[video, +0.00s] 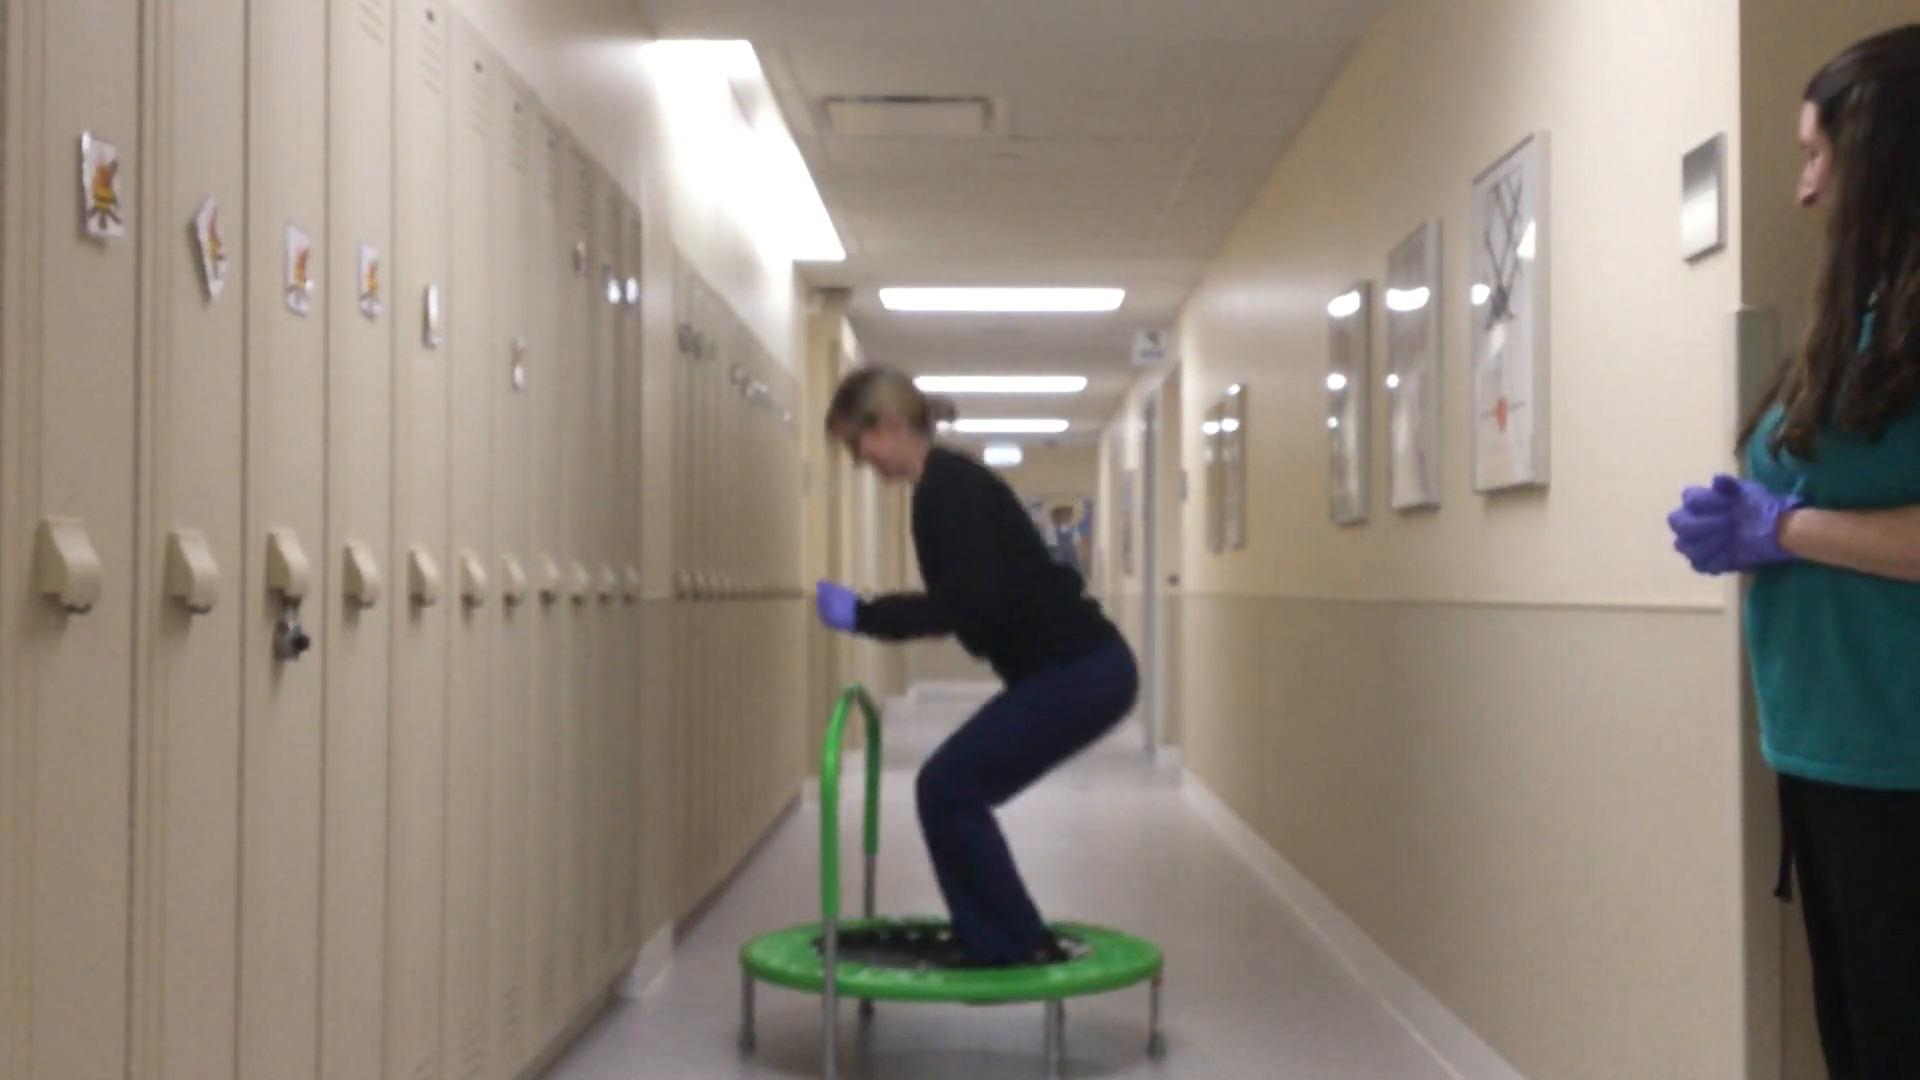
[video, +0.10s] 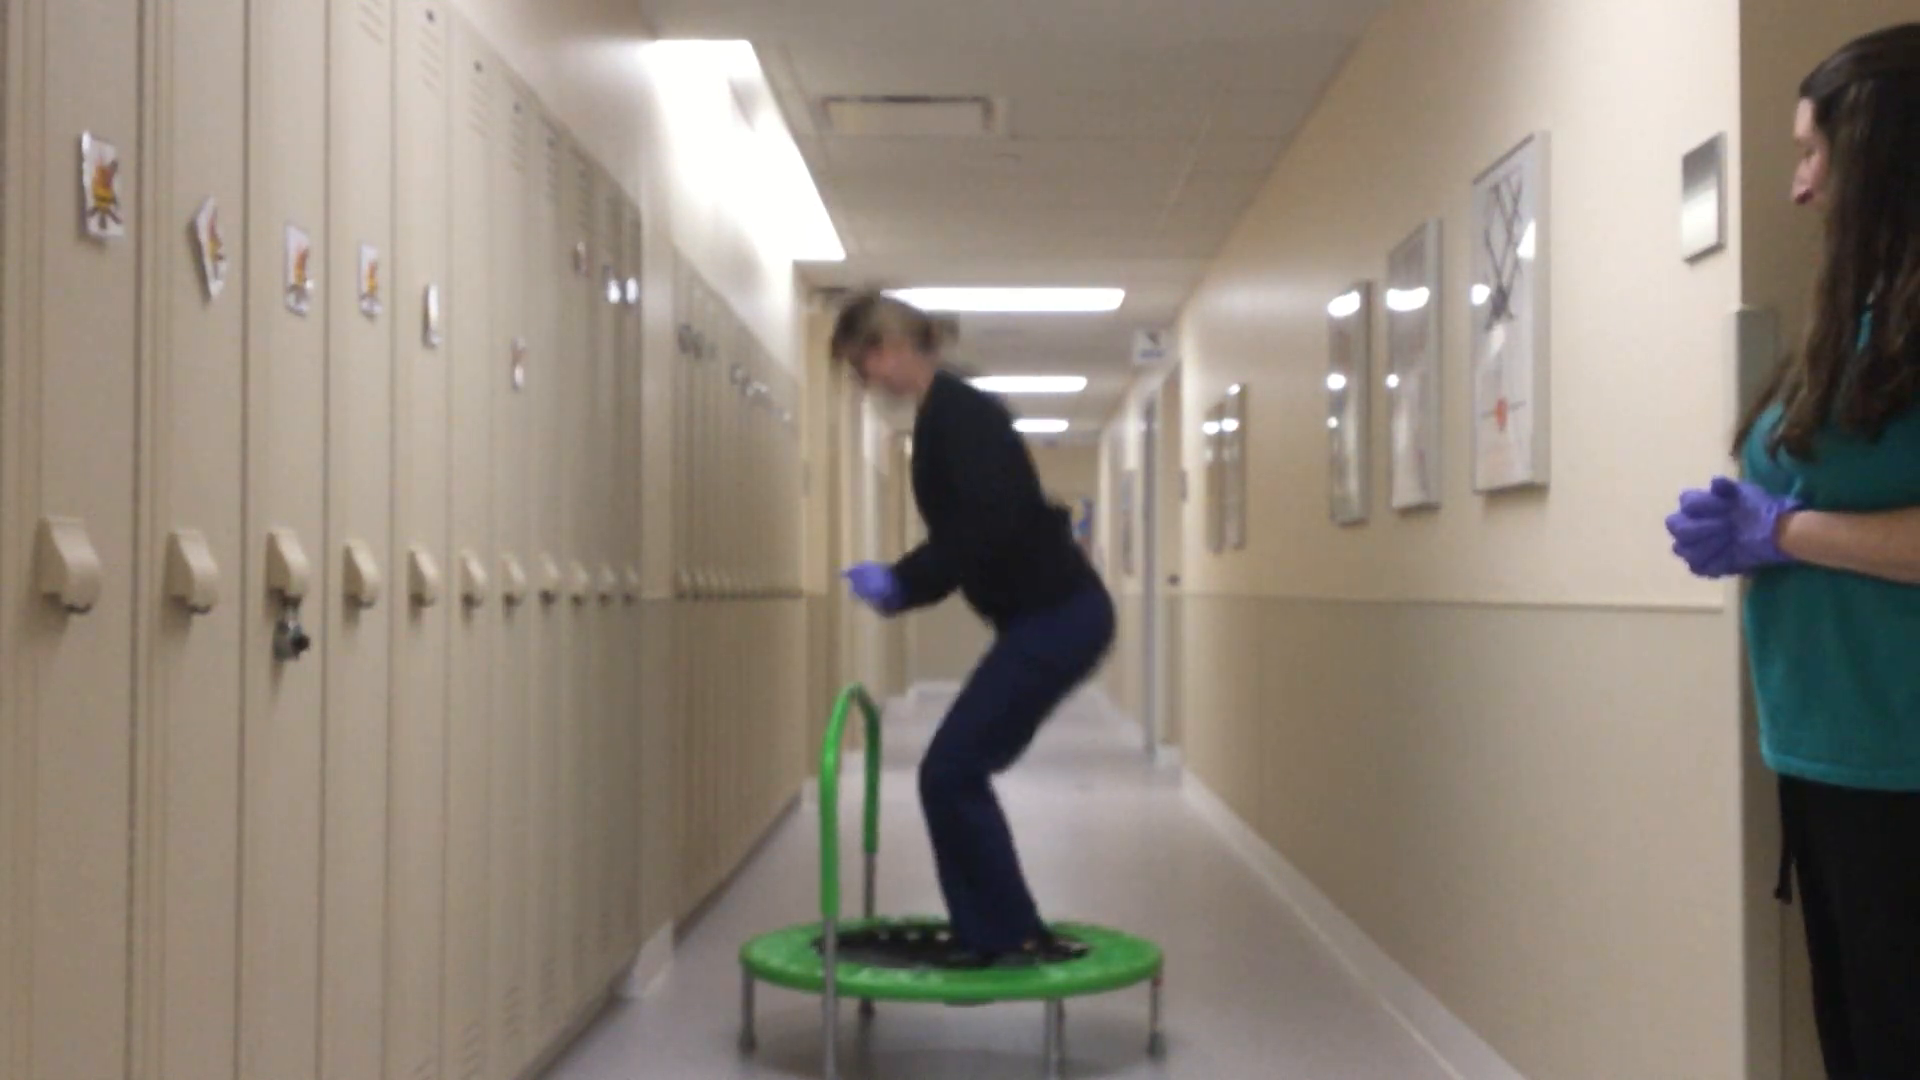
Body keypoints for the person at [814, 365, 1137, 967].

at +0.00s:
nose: (863, 457)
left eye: (863, 440)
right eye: (855, 446)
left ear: (893, 422)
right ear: (894, 426)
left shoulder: (951, 485)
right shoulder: (943, 487)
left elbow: (961, 604)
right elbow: (954, 604)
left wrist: (865, 614)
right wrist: (867, 613)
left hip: (1083, 673)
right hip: (1071, 671)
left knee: (948, 787)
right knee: (945, 785)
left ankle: (1009, 942)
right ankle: (1000, 939)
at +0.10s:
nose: (868, 381)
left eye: (867, 362)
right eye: (859, 369)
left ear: (898, 341)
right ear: (885, 354)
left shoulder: (959, 412)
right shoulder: (942, 417)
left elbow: (982, 527)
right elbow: (964, 531)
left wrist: (907, 583)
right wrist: (904, 579)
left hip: (1059, 617)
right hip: (1046, 616)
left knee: (952, 772)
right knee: (951, 770)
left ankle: (1000, 934)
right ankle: (999, 931)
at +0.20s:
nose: (874, 287)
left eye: (873, 268)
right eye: (866, 276)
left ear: (902, 244)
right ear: (894, 255)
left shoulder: (967, 310)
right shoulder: (954, 314)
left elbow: (1012, 426)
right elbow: (996, 428)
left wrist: (972, 522)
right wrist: (968, 526)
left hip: (1036, 531)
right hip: (1025, 532)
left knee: (991, 721)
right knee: (991, 720)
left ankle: (1005, 919)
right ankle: (1001, 914)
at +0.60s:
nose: (868, 341)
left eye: (866, 323)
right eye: (859, 329)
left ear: (895, 301)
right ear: (887, 308)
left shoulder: (960, 363)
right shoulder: (947, 370)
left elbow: (1009, 468)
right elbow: (988, 475)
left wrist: (936, 548)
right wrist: (935, 546)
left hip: (1045, 575)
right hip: (1038, 573)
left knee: (975, 740)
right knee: (981, 740)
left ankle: (998, 930)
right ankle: (1006, 921)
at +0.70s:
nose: (863, 426)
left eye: (865, 408)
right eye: (857, 413)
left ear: (893, 392)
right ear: (894, 397)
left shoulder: (951, 460)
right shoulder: (943, 461)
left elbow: (966, 569)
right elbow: (958, 570)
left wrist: (880, 584)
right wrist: (881, 584)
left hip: (1067, 652)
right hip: (1059, 651)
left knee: (944, 783)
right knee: (946, 782)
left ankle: (1004, 942)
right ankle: (1000, 936)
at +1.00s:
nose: (873, 398)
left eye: (874, 379)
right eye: (864, 387)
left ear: (907, 362)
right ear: (880, 380)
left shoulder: (958, 432)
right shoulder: (939, 444)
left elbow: (989, 537)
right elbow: (967, 560)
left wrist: (900, 576)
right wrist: (909, 599)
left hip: (1061, 637)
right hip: (1047, 637)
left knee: (941, 778)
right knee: (940, 777)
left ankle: (997, 942)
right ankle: (998, 939)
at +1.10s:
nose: (880, 304)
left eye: (880, 285)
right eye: (872, 293)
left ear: (910, 264)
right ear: (901, 276)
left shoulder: (970, 335)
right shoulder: (953, 343)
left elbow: (1014, 446)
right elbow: (999, 460)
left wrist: (949, 522)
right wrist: (977, 560)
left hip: (1039, 556)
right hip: (1022, 558)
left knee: (979, 744)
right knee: (979, 743)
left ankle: (996, 932)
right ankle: (1001, 926)